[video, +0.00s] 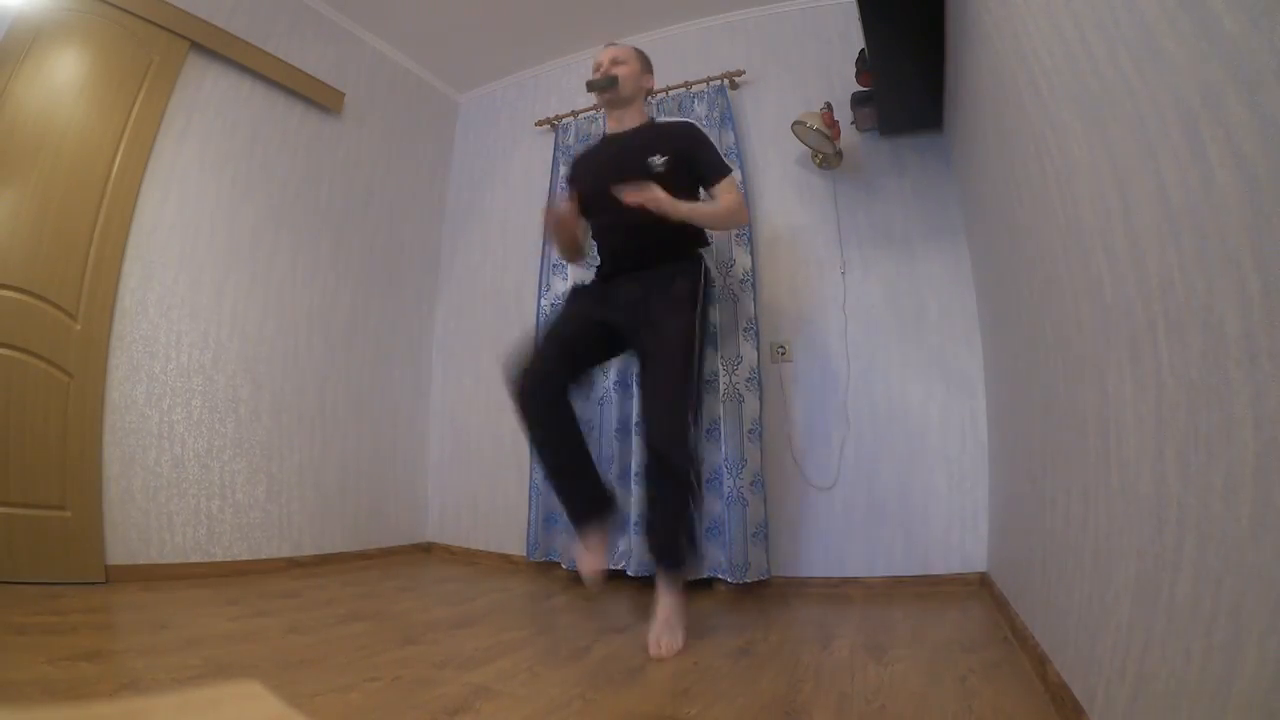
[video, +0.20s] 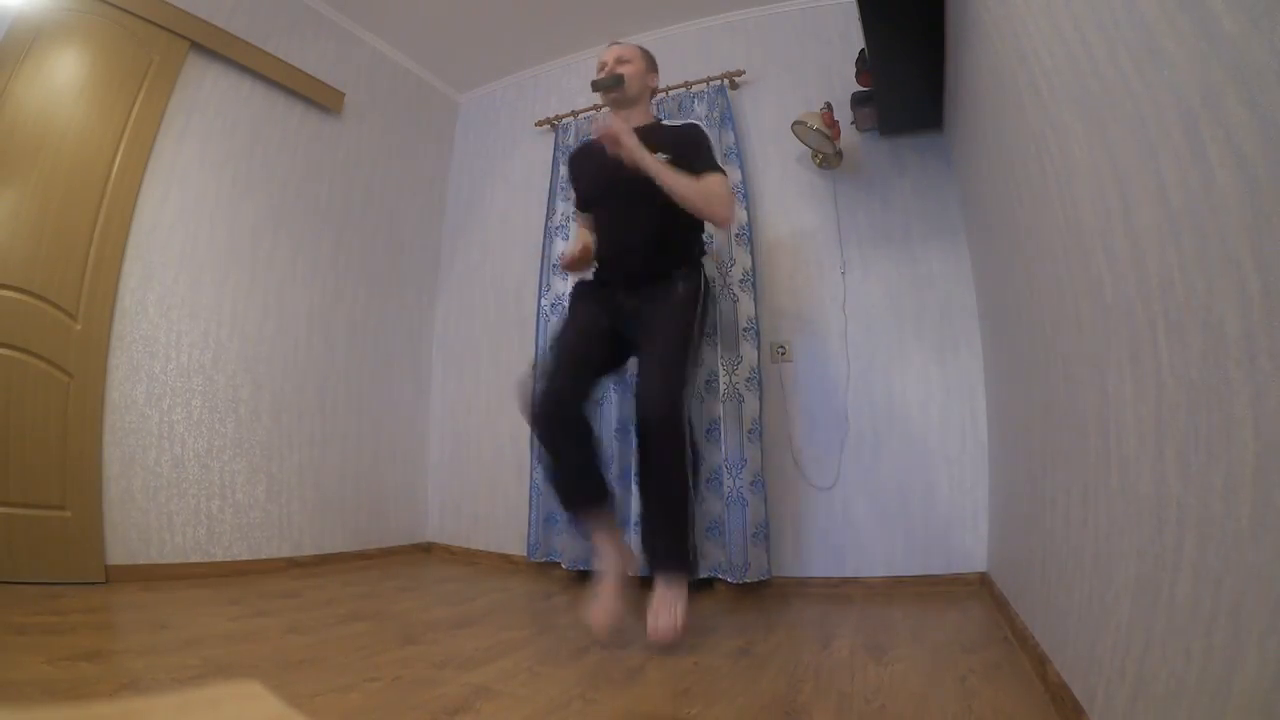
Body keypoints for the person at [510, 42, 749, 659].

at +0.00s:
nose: (604, 65)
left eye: (620, 59)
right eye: (599, 62)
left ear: (649, 84)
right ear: (592, 90)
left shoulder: (680, 137)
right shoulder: (585, 162)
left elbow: (736, 211)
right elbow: (572, 252)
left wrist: (672, 205)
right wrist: (561, 224)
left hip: (673, 289)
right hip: (610, 291)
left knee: (665, 432)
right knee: (536, 378)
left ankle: (669, 583)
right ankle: (591, 515)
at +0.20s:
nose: (610, 67)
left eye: (626, 61)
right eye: (603, 63)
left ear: (653, 84)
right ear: (594, 87)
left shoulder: (682, 139)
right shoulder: (585, 157)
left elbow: (722, 209)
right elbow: (588, 228)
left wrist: (640, 155)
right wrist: (579, 251)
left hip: (672, 291)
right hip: (606, 295)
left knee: (657, 410)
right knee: (553, 402)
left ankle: (669, 574)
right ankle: (608, 547)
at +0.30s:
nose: (616, 79)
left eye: (631, 72)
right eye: (609, 75)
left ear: (659, 92)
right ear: (599, 99)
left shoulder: (693, 163)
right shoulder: (581, 171)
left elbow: (728, 246)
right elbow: (549, 261)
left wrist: (672, 235)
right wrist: (549, 235)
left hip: (674, 299)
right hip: (604, 311)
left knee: (638, 284)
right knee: (620, 456)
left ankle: (664, 472)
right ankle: (650, 596)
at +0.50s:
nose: (600, 53)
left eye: (615, 46)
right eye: (594, 51)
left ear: (647, 69)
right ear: (591, 76)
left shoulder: (684, 122)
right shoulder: (584, 146)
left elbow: (742, 193)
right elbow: (568, 239)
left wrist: (689, 204)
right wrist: (562, 198)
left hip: (676, 275)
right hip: (612, 280)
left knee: (655, 391)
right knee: (565, 397)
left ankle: (668, 561)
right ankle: (616, 540)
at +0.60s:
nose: (601, 68)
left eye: (617, 62)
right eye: (595, 65)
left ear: (648, 84)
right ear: (592, 93)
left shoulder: (680, 139)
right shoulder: (595, 165)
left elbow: (739, 207)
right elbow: (605, 260)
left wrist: (648, 184)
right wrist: (572, 268)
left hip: (677, 302)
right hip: (614, 301)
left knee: (685, 464)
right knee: (510, 297)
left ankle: (691, 617)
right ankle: (582, 439)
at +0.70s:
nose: (605, 76)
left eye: (619, 68)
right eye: (597, 72)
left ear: (652, 87)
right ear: (590, 97)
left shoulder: (676, 137)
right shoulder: (595, 173)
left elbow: (720, 198)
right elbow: (621, 255)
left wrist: (629, 146)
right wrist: (583, 269)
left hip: (674, 316)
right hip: (612, 308)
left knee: (676, 461)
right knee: (506, 307)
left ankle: (689, 612)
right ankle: (568, 451)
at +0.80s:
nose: (605, 55)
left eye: (619, 48)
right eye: (598, 52)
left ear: (649, 70)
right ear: (591, 78)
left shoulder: (682, 125)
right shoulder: (583, 146)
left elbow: (726, 199)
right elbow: (586, 220)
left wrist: (639, 156)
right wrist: (571, 238)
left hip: (668, 272)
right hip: (600, 281)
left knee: (648, 385)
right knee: (551, 412)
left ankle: (675, 567)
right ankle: (605, 556)